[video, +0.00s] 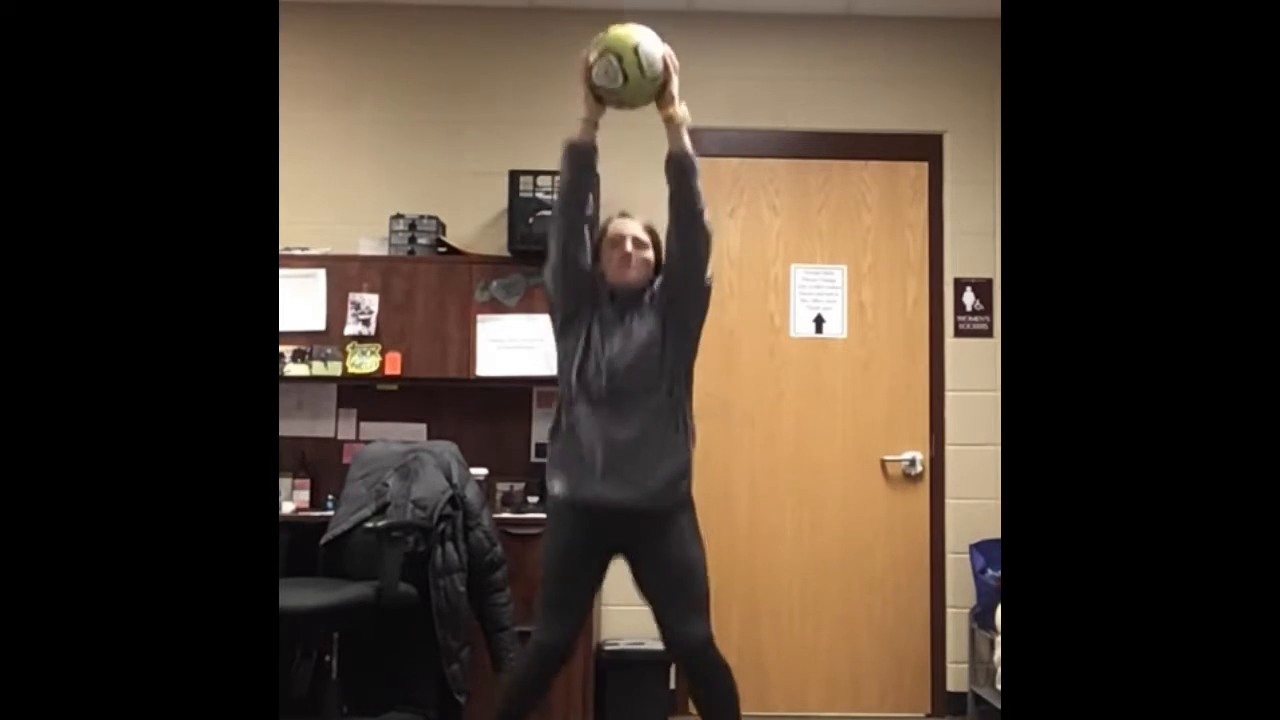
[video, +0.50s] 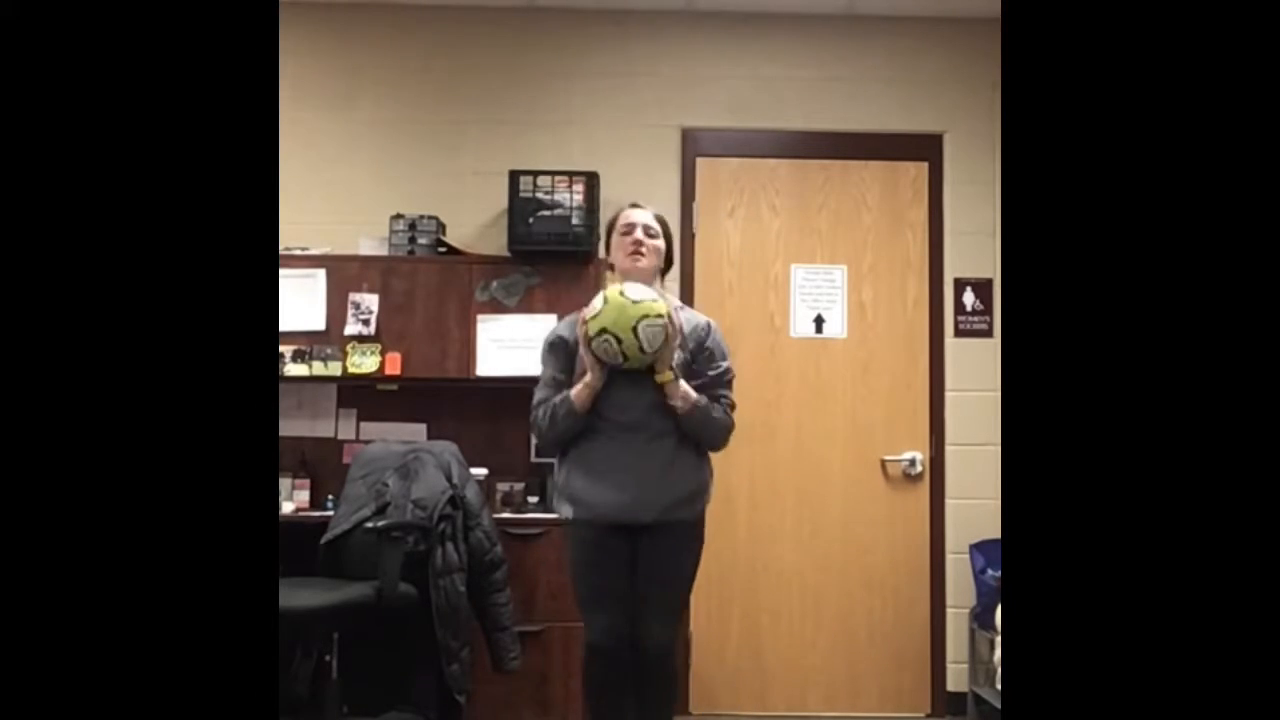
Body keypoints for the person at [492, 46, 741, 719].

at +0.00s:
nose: (631, 248)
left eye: (641, 241)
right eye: (618, 241)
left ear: (656, 261)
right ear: (596, 259)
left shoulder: (675, 313)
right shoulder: (577, 312)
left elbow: (691, 229)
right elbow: (570, 221)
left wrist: (675, 121)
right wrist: (589, 117)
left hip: (660, 507)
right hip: (579, 506)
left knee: (693, 647)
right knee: (548, 648)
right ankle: (501, 715)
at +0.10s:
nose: (631, 243)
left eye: (643, 236)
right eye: (619, 234)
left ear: (659, 255)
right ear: (597, 255)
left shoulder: (679, 315)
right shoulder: (577, 311)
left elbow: (694, 236)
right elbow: (564, 227)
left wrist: (675, 135)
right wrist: (590, 131)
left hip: (664, 509)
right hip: (581, 509)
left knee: (695, 649)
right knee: (550, 650)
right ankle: (504, 714)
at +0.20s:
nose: (636, 203)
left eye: (648, 196)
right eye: (623, 195)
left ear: (665, 216)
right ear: (603, 213)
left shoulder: (684, 277)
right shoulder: (579, 273)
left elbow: (716, 251)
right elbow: (541, 241)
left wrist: (684, 166)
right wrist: (582, 160)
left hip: (668, 460)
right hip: (586, 460)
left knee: (690, 610)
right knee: (557, 607)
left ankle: (723, 715)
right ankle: (513, 710)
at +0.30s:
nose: (633, 204)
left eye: (646, 193)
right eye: (620, 193)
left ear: (668, 200)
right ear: (601, 200)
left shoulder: (697, 259)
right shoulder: (580, 256)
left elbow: (726, 308)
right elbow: (534, 300)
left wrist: (684, 265)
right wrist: (573, 253)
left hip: (671, 451)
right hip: (590, 449)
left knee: (676, 594)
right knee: (574, 589)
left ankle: (691, 710)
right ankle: (553, 709)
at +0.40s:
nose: (639, 213)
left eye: (651, 206)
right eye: (627, 205)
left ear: (668, 224)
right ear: (608, 221)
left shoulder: (696, 299)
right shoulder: (571, 294)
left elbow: (718, 387)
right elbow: (542, 383)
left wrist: (671, 339)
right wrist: (588, 331)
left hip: (672, 479)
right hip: (592, 478)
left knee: (663, 618)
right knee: (596, 617)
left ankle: (664, 713)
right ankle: (601, 713)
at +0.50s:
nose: (639, 238)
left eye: (651, 232)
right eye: (627, 232)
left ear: (666, 254)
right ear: (608, 253)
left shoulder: (698, 331)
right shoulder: (571, 332)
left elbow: (719, 431)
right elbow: (545, 431)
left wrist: (669, 376)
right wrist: (590, 379)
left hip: (674, 516)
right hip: (594, 516)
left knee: (657, 645)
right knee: (606, 643)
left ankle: (656, 719)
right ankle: (607, 718)